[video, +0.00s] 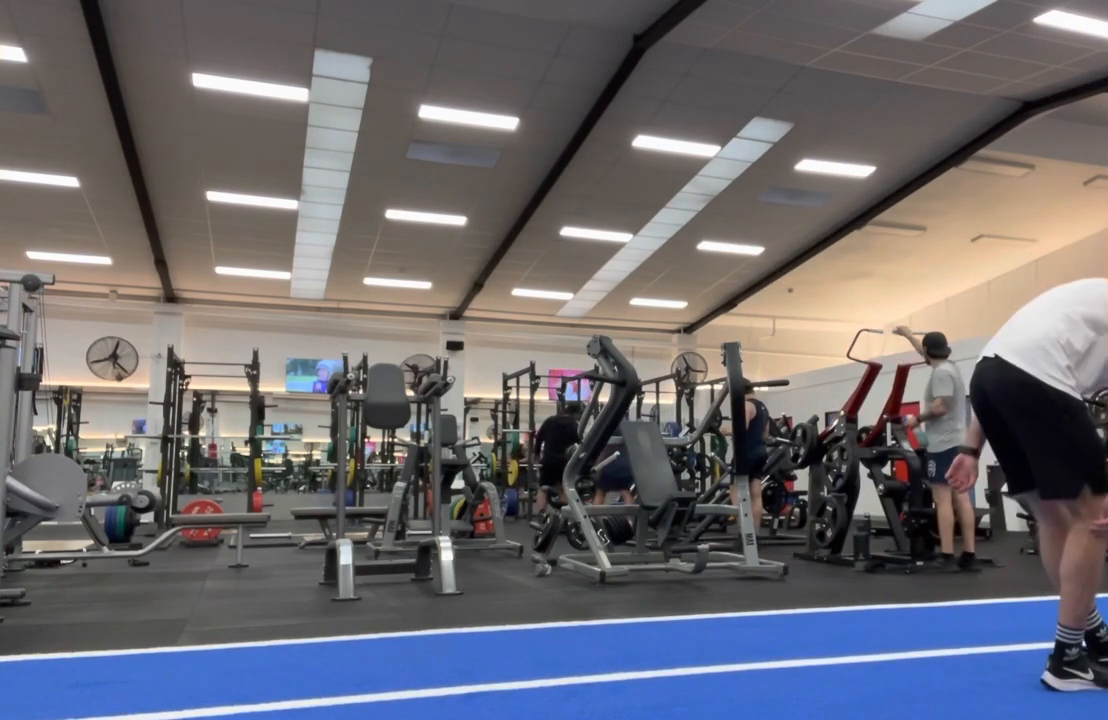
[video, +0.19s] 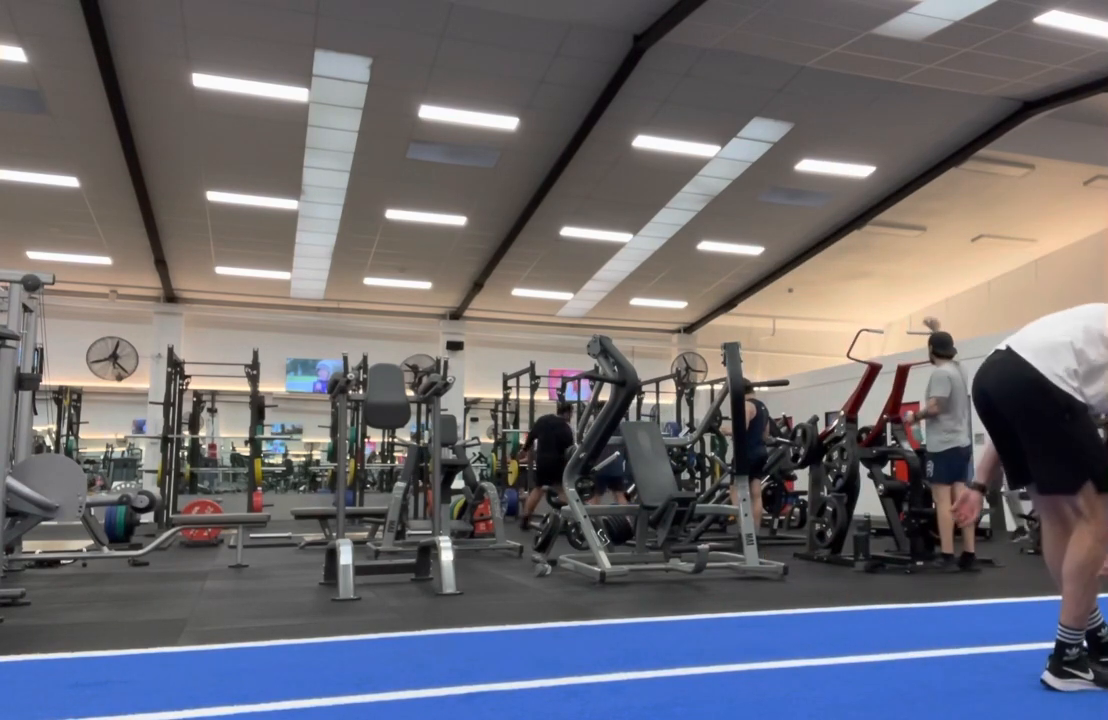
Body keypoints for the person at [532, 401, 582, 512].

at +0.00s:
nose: (579, 417)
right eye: (579, 414)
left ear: (565, 409)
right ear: (576, 413)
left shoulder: (550, 420)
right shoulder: (574, 424)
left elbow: (539, 437)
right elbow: (577, 441)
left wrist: (537, 454)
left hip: (549, 459)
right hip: (566, 460)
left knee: (543, 487)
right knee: (564, 488)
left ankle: (540, 513)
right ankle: (566, 514)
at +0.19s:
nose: (571, 417)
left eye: (570, 414)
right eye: (570, 414)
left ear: (558, 411)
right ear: (567, 414)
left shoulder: (544, 420)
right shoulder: (566, 428)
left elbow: (531, 436)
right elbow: (569, 447)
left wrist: (525, 449)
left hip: (542, 461)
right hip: (560, 463)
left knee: (538, 489)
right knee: (562, 490)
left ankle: (526, 517)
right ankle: (566, 518)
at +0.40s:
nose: (562, 418)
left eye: (562, 415)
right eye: (561, 415)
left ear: (547, 413)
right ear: (555, 413)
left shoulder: (534, 421)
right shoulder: (551, 425)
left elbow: (524, 439)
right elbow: (555, 446)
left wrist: (524, 452)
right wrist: (564, 459)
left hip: (533, 463)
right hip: (549, 464)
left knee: (529, 492)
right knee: (561, 490)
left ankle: (522, 521)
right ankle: (562, 520)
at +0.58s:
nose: (552, 417)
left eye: (552, 414)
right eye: (551, 414)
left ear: (540, 412)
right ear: (546, 413)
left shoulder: (529, 421)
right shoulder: (540, 423)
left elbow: (525, 443)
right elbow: (541, 444)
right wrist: (545, 462)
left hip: (525, 461)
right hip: (534, 462)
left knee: (525, 491)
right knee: (528, 491)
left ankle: (523, 521)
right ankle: (523, 521)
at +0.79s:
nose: (551, 416)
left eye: (552, 414)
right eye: (551, 413)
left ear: (540, 412)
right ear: (545, 413)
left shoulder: (542, 425)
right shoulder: (536, 423)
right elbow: (529, 442)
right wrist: (527, 461)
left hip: (538, 464)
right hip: (535, 464)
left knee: (528, 491)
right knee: (525, 491)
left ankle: (524, 520)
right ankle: (521, 521)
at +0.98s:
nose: (556, 419)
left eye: (557, 416)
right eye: (555, 416)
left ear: (547, 414)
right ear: (549, 413)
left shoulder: (544, 425)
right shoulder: (540, 423)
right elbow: (533, 443)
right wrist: (531, 462)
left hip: (529, 465)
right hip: (538, 465)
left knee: (525, 492)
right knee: (538, 492)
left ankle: (522, 520)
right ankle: (540, 519)